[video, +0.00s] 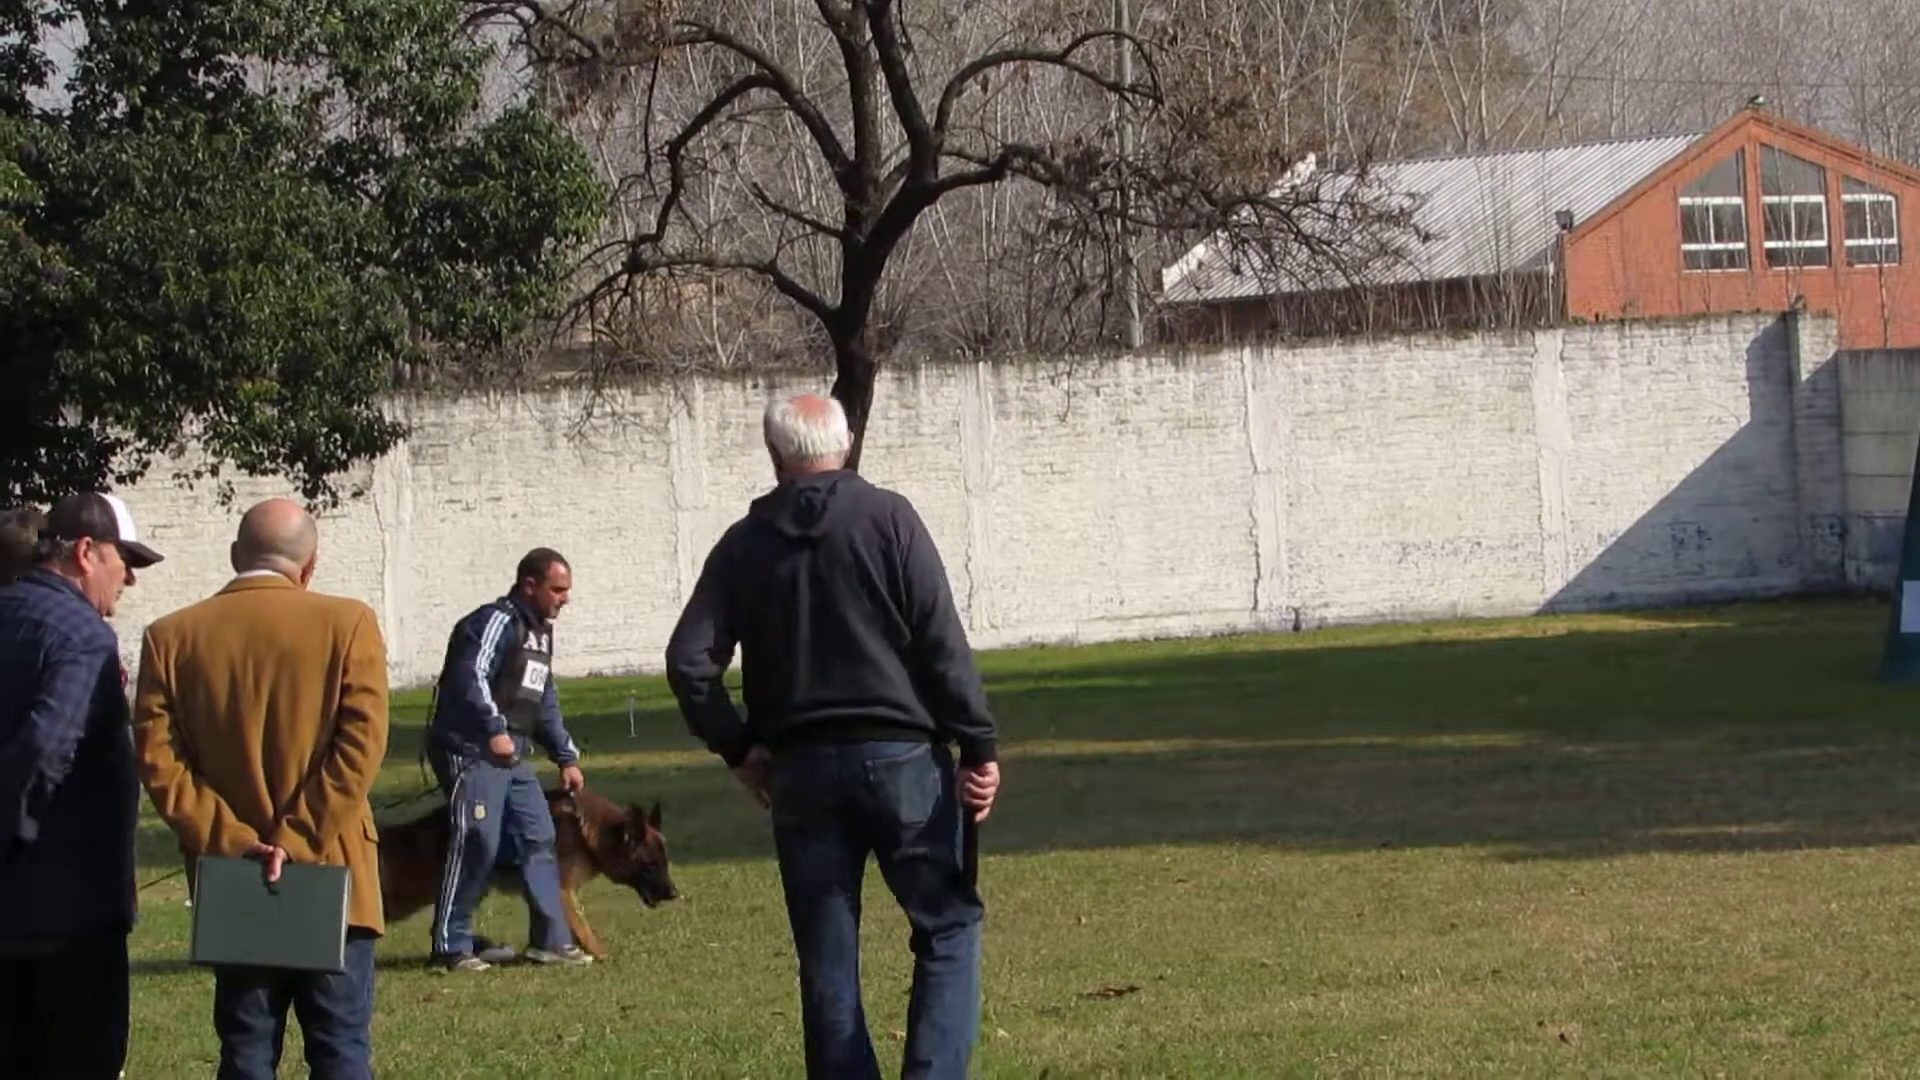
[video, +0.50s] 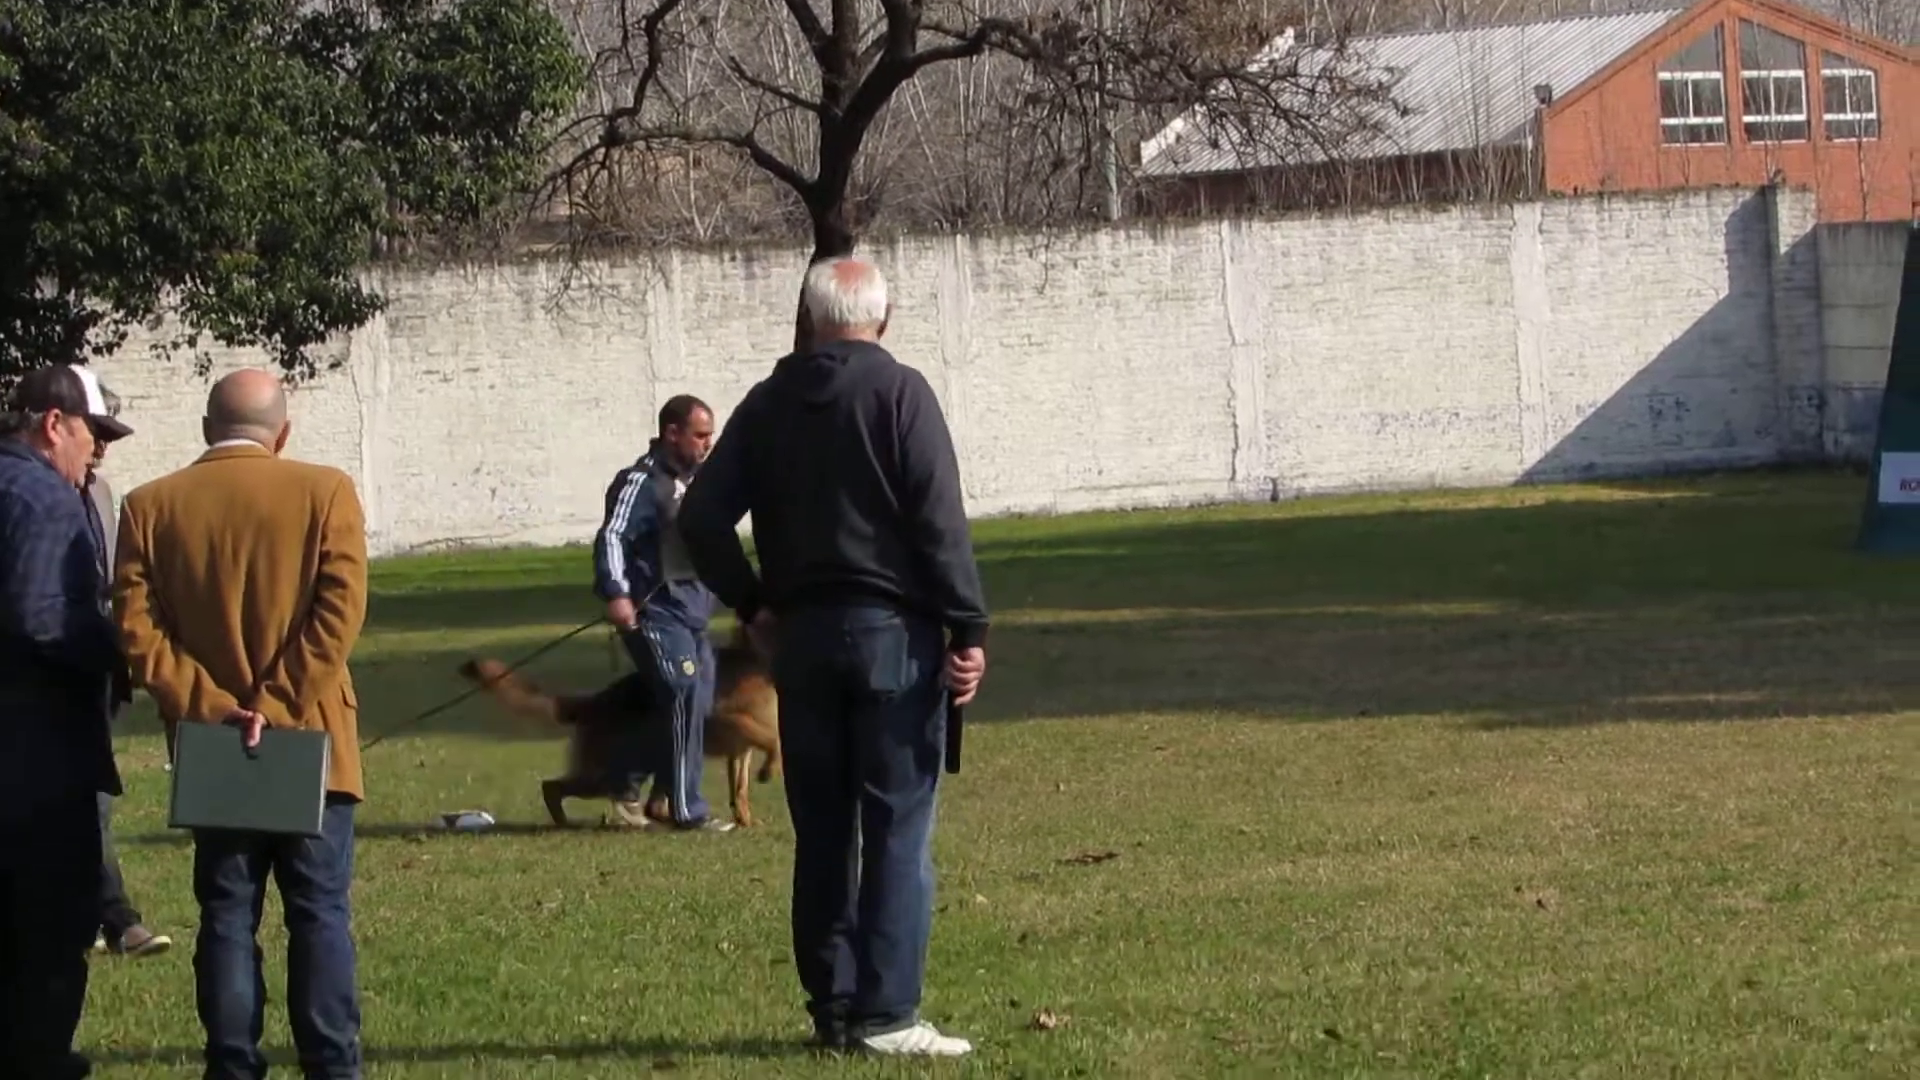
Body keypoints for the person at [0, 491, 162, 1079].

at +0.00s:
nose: (129, 580)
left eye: (131, 566)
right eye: (125, 562)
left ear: (67, 552)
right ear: (86, 553)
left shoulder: (12, 608)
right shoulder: (81, 633)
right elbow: (44, 745)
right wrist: (17, 825)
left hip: (16, 896)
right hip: (69, 901)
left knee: (24, 1051)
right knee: (84, 1058)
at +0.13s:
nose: (117, 575)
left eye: (118, 561)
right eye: (112, 558)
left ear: (61, 551)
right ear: (74, 551)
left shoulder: (13, 602)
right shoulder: (69, 623)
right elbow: (37, 724)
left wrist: (106, 688)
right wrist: (23, 830)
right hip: (62, 900)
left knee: (24, 1049)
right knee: (76, 1057)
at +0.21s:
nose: (116, 570)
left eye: (118, 556)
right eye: (111, 552)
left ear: (59, 546)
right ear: (73, 546)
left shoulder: (12, 595)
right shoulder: (69, 617)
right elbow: (39, 712)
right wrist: (54, 817)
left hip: (12, 887)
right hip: (60, 892)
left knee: (23, 1043)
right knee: (77, 1052)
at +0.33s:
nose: (103, 527)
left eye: (104, 513)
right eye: (97, 511)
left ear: (50, 505)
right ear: (60, 504)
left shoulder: (15, 557)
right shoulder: (55, 574)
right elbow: (31, 680)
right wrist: (87, 760)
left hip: (18, 832)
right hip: (47, 843)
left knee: (27, 1003)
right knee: (64, 1006)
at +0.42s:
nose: (98, 492)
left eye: (100, 479)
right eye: (93, 476)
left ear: (47, 472)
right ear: (54, 470)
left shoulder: (20, 527)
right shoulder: (47, 540)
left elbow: (35, 655)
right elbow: (35, 655)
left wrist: (97, 709)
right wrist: (98, 713)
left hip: (28, 802)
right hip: (43, 809)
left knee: (41, 975)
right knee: (53, 982)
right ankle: (46, 1066)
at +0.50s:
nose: (98, 446)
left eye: (99, 433)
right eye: (91, 431)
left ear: (45, 428)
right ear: (53, 426)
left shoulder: (27, 489)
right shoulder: (44, 499)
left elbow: (46, 617)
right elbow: (45, 619)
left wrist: (112, 656)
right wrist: (116, 659)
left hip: (32, 751)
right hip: (43, 758)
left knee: (46, 911)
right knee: (54, 917)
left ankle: (36, 1050)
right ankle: (41, 1055)